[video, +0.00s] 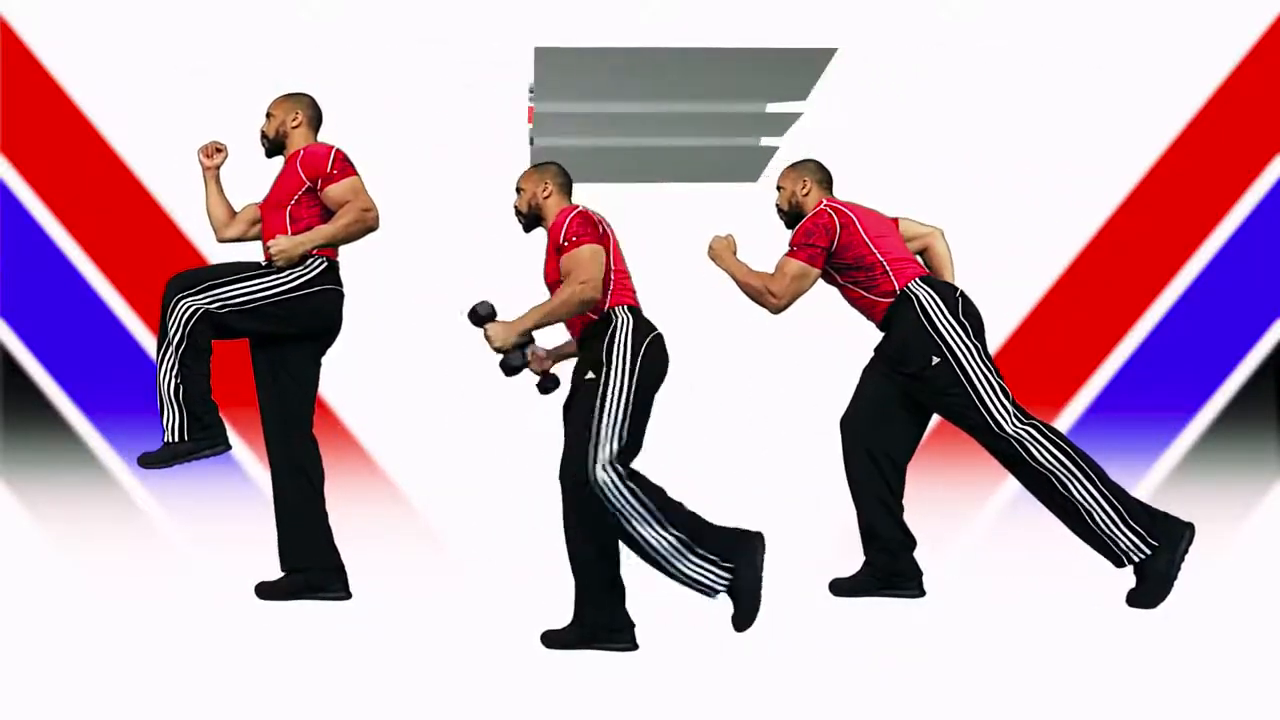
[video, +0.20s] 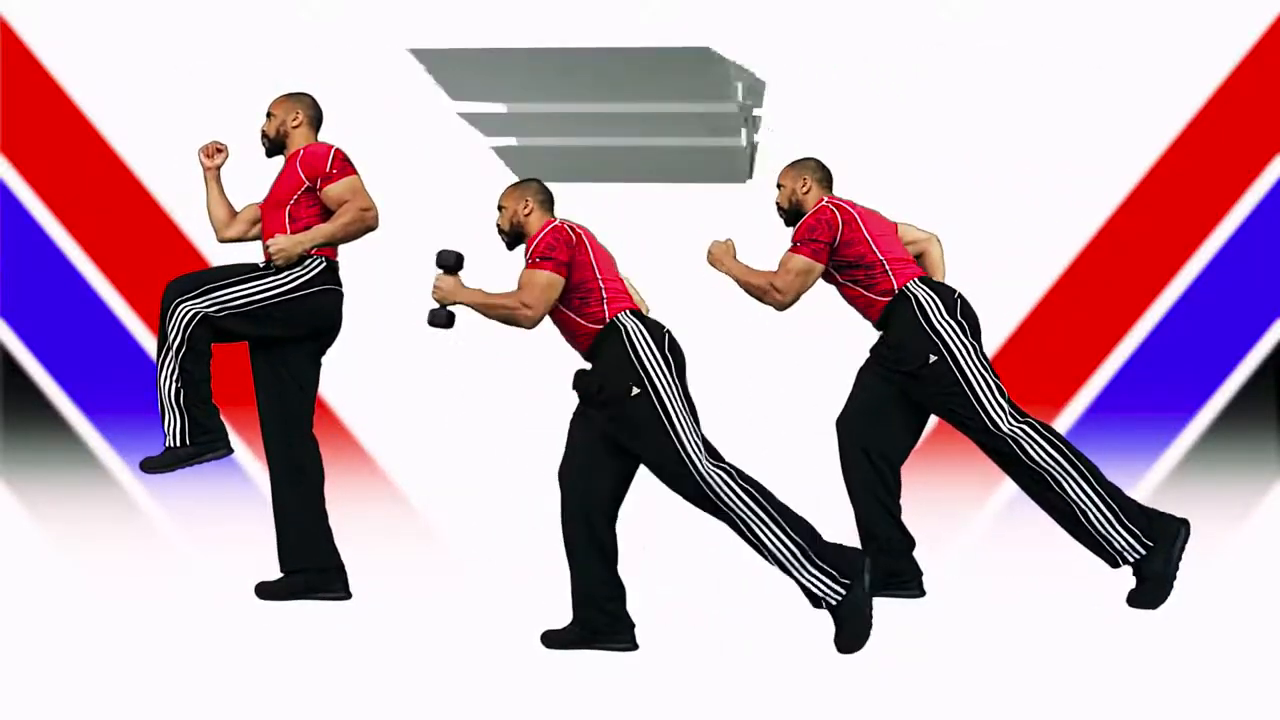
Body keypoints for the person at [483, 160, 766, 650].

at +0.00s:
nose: (517, 202)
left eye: (521, 192)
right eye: (516, 194)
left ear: (546, 188)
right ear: (549, 190)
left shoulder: (575, 220)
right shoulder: (559, 241)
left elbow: (587, 287)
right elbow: (595, 326)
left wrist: (517, 325)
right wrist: (551, 355)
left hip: (622, 341)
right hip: (598, 355)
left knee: (601, 470)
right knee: (577, 480)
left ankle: (733, 558)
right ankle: (602, 619)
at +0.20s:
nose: (497, 218)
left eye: (502, 208)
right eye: (497, 211)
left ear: (527, 204)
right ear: (531, 208)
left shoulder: (553, 234)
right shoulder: (561, 245)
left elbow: (528, 307)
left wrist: (462, 296)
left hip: (634, 348)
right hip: (609, 367)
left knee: (698, 472)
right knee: (584, 491)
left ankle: (836, 580)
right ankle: (601, 622)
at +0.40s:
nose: (493, 236)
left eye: (499, 225)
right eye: (494, 228)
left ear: (525, 221)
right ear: (532, 228)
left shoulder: (549, 249)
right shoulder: (569, 257)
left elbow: (512, 322)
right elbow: (644, 298)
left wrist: (457, 293)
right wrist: (651, 362)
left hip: (646, 357)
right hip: (623, 373)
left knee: (720, 476)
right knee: (584, 487)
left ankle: (856, 593)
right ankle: (603, 622)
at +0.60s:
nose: (491, 243)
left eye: (497, 233)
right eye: (492, 236)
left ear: (525, 228)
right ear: (533, 234)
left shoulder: (548, 256)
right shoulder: (567, 264)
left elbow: (511, 332)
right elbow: (645, 301)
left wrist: (457, 302)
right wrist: (658, 368)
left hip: (648, 358)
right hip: (626, 375)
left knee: (726, 480)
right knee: (583, 489)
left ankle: (861, 600)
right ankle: (602, 623)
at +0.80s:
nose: (489, 245)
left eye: (495, 234)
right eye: (489, 237)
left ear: (522, 230)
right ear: (529, 235)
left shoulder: (545, 260)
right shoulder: (563, 265)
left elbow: (508, 336)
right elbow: (644, 302)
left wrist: (453, 306)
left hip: (647, 361)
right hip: (623, 379)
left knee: (729, 482)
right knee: (579, 487)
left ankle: (864, 599)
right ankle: (601, 623)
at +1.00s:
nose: (489, 245)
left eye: (495, 234)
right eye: (490, 236)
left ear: (522, 230)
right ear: (530, 234)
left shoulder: (546, 262)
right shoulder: (565, 264)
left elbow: (509, 338)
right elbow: (644, 301)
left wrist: (453, 307)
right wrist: (655, 371)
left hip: (649, 362)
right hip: (626, 379)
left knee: (730, 485)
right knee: (580, 486)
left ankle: (868, 600)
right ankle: (601, 623)